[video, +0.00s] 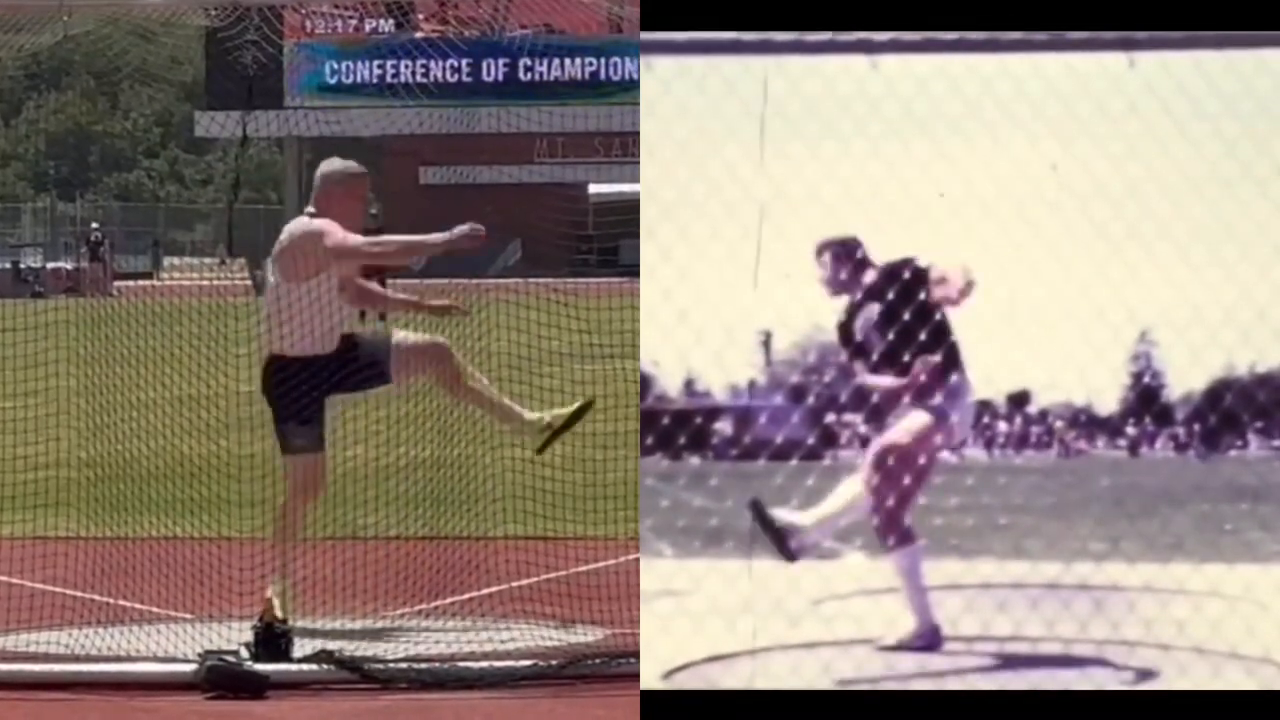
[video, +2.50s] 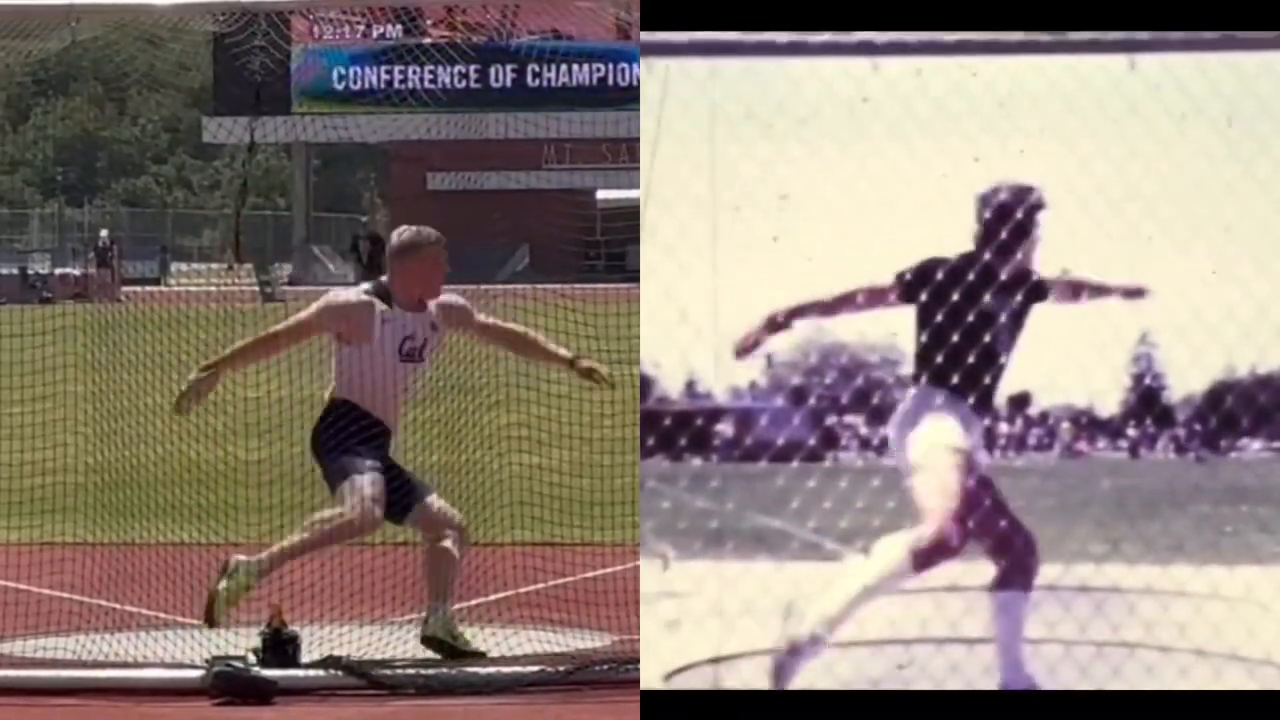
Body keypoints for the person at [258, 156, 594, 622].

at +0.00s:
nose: (366, 205)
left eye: (366, 196)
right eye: (360, 196)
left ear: (340, 197)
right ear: (332, 194)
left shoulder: (337, 240)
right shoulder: (307, 231)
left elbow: (360, 291)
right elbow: (373, 248)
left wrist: (422, 302)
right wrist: (446, 240)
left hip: (337, 355)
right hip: (293, 372)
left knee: (436, 355)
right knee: (306, 484)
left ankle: (530, 427)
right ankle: (276, 603)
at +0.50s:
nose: (400, 213)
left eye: (394, 207)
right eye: (410, 211)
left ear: (386, 215)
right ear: (426, 224)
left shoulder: (353, 240)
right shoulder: (440, 268)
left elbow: (297, 289)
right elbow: (497, 309)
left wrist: (271, 333)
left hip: (336, 361)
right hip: (383, 380)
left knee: (244, 385)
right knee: (352, 472)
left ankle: (187, 483)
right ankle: (362, 591)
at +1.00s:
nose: (219, 238)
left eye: (226, 226)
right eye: (217, 227)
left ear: (256, 221)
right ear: (252, 223)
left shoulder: (261, 279)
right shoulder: (319, 240)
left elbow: (178, 320)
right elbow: (390, 273)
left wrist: (97, 342)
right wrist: (461, 295)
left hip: (341, 394)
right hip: (299, 400)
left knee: (386, 506)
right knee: (259, 507)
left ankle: (473, 605)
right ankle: (251, 633)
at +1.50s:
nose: (266, 238)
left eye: (275, 228)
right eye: (259, 230)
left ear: (299, 228)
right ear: (252, 234)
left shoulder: (316, 271)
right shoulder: (286, 265)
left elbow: (271, 319)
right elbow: (363, 277)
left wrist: (206, 349)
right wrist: (402, 300)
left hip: (361, 396)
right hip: (309, 402)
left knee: (400, 511)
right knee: (264, 508)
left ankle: (464, 613)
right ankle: (250, 633)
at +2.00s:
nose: (367, 254)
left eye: (373, 244)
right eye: (356, 244)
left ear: (379, 246)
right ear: (329, 248)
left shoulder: (392, 288)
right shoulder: (302, 282)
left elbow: (436, 316)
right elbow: (273, 315)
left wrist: (458, 343)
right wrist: (259, 337)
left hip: (377, 422)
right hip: (313, 421)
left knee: (450, 504)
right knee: (274, 510)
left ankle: (426, 627)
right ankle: (248, 633)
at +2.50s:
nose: (443, 279)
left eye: (443, 269)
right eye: (436, 268)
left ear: (427, 273)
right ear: (404, 270)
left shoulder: (440, 311)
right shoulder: (353, 306)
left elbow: (504, 334)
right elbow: (279, 338)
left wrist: (571, 360)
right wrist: (213, 370)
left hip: (377, 450)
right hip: (345, 433)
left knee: (448, 526)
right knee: (365, 513)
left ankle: (439, 624)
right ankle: (250, 571)